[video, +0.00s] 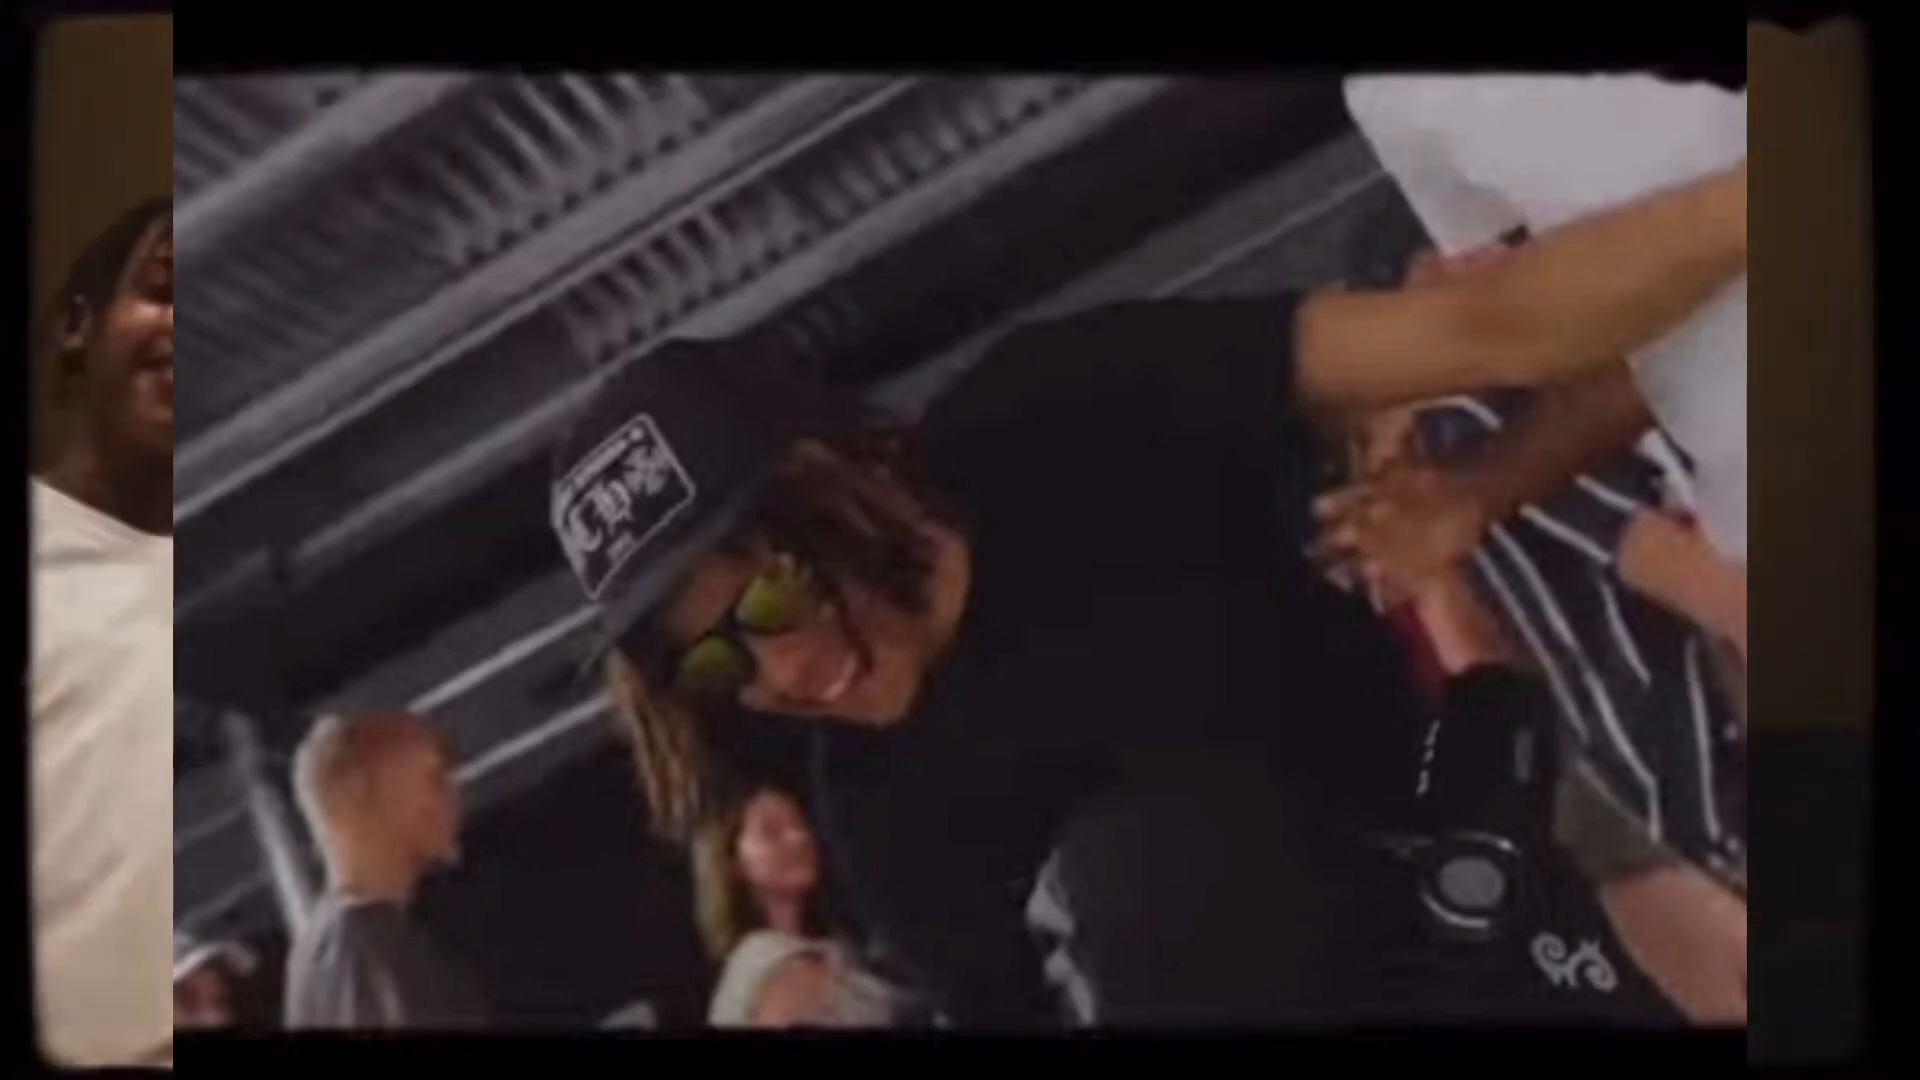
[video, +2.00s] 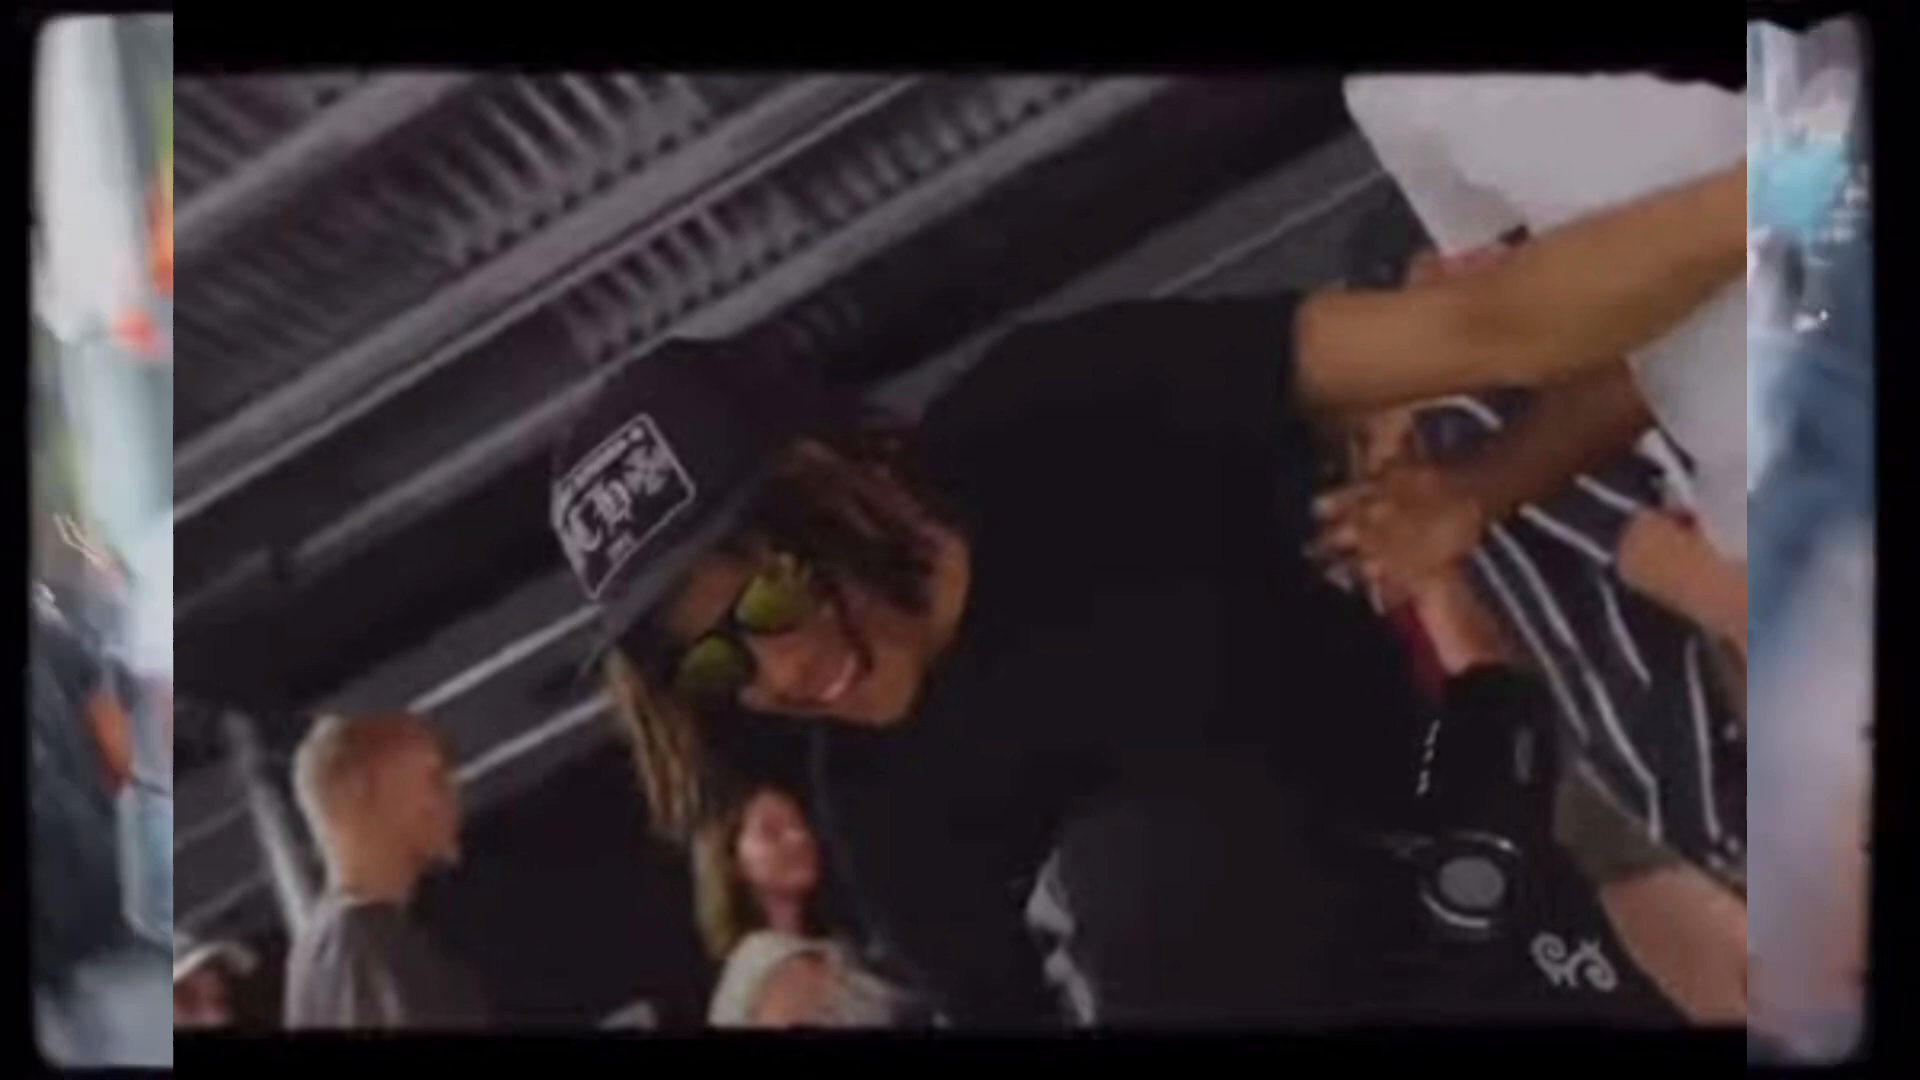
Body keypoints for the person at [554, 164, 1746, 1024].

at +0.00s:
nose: (768, 661)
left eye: (761, 587)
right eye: (709, 657)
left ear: (835, 480)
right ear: (686, 685)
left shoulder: (1051, 403)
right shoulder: (887, 843)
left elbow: (1469, 330)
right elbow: (1030, 1023)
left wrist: (1760, 200)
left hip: (1476, 839)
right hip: (1242, 973)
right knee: (1136, 867)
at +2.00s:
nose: (768, 656)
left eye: (760, 581)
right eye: (708, 654)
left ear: (834, 475)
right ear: (687, 686)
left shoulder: (1053, 403)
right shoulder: (888, 847)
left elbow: (1467, 331)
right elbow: (1038, 1025)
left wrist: (1784, 188)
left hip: (1482, 835)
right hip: (1263, 973)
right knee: (1136, 864)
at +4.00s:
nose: (767, 658)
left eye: (759, 583)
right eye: (707, 655)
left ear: (833, 477)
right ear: (686, 686)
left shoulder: (1050, 404)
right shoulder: (888, 846)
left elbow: (1469, 328)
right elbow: (1038, 1026)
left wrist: (1787, 188)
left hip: (1483, 841)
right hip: (1258, 972)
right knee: (1135, 865)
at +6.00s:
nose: (766, 660)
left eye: (759, 585)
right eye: (707, 656)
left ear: (833, 478)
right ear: (685, 685)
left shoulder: (1053, 402)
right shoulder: (886, 843)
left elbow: (1473, 327)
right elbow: (1028, 1024)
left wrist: (1769, 197)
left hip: (1475, 852)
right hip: (1237, 975)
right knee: (1135, 865)